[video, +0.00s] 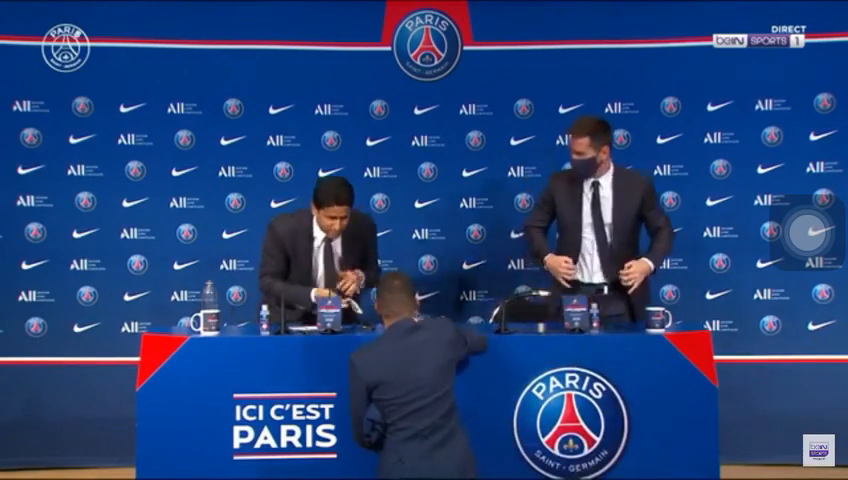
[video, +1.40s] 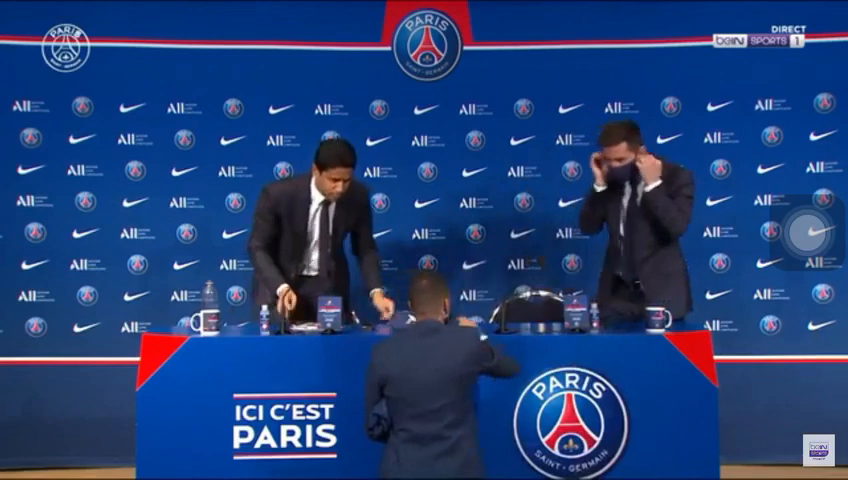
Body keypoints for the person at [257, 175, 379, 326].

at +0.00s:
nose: (337, 226)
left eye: (343, 218)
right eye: (331, 218)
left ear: (350, 212)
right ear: (315, 210)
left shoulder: (363, 226)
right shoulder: (283, 229)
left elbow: (373, 272)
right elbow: (268, 282)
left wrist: (361, 278)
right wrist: (312, 295)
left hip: (346, 326)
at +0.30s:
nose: (339, 211)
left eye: (345, 203)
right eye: (333, 203)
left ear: (352, 196)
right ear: (316, 194)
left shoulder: (361, 209)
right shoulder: (283, 212)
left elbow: (368, 251)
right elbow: (265, 262)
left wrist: (362, 282)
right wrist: (301, 289)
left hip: (339, 310)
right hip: (291, 312)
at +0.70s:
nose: (338, 201)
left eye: (344, 194)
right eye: (332, 194)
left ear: (350, 186)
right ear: (314, 183)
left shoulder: (357, 203)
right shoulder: (277, 202)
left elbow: (358, 255)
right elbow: (260, 254)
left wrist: (346, 299)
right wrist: (289, 289)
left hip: (330, 292)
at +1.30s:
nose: (337, 190)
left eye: (343, 182)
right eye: (331, 182)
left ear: (348, 176)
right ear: (313, 172)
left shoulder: (355, 197)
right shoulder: (276, 196)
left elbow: (360, 251)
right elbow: (258, 250)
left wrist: (362, 302)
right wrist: (281, 292)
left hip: (329, 287)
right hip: (283, 289)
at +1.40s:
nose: (340, 188)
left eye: (346, 181)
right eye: (333, 181)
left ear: (352, 174)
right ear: (316, 171)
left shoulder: (357, 196)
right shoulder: (277, 195)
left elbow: (365, 247)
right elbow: (257, 247)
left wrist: (376, 292)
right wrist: (280, 288)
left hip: (330, 286)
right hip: (285, 287)